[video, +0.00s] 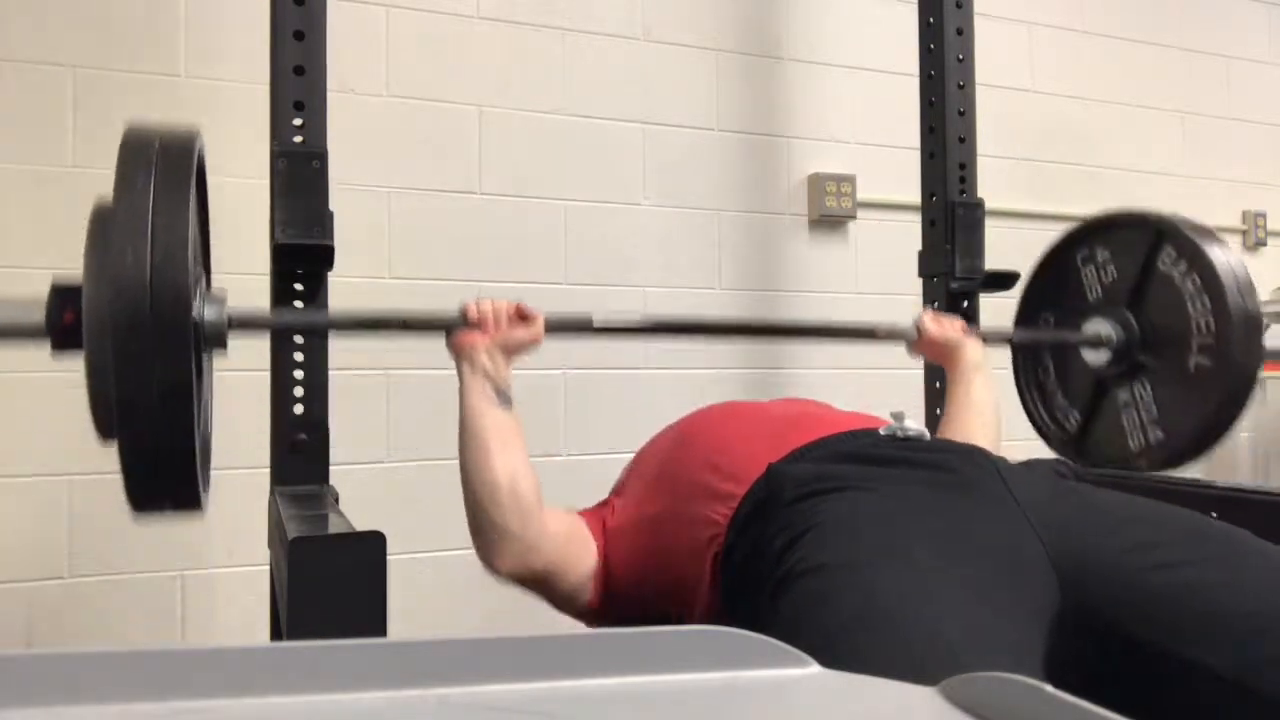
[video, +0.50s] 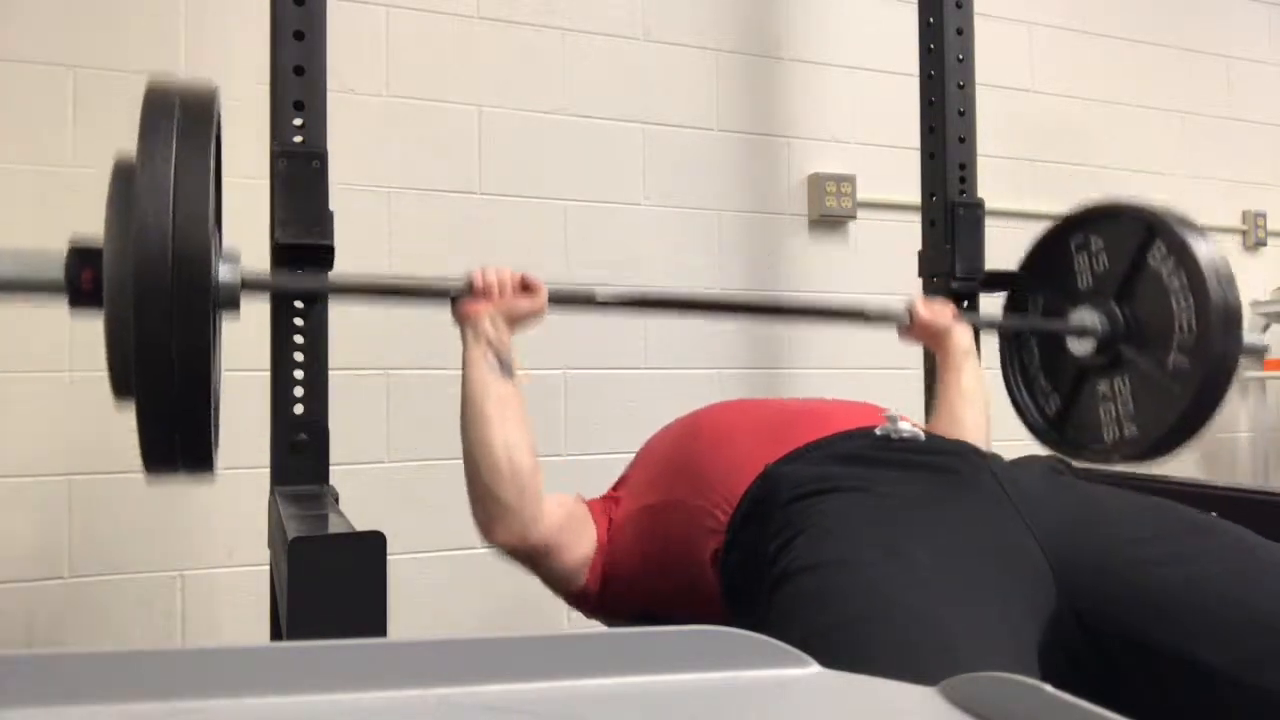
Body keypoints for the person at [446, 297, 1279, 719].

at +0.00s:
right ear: (650, 495)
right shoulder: (623, 542)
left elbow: (970, 477)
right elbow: (511, 537)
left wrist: (971, 358)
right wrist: (481, 374)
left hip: (1031, 487)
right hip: (845, 506)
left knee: (1269, 614)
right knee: (922, 690)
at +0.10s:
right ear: (637, 495)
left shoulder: (857, 441)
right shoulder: (610, 544)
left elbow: (959, 459)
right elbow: (508, 496)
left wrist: (955, 332)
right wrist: (478, 334)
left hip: (1031, 485)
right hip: (847, 505)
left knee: (1264, 605)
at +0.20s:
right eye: (655, 446)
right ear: (624, 495)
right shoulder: (607, 536)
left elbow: (939, 440)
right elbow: (508, 459)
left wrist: (948, 304)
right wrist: (477, 297)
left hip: (1026, 485)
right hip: (841, 504)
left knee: (1275, 611)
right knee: (933, 699)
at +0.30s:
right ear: (612, 505)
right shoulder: (608, 531)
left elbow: (926, 429)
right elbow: (512, 444)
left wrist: (947, 294)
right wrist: (480, 280)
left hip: (1012, 480)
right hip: (839, 499)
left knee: (1272, 606)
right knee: (941, 686)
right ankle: (964, 700)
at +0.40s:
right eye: (652, 448)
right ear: (626, 493)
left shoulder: (857, 431)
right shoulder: (610, 534)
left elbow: (943, 440)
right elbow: (512, 463)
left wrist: (949, 310)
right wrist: (481, 297)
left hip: (1022, 484)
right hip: (838, 501)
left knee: (1273, 607)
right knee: (939, 692)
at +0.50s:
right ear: (649, 492)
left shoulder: (862, 437)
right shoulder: (622, 539)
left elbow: (965, 470)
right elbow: (512, 516)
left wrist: (954, 348)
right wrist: (484, 345)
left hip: (1031, 487)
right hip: (846, 506)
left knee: (1272, 614)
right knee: (937, 687)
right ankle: (977, 701)